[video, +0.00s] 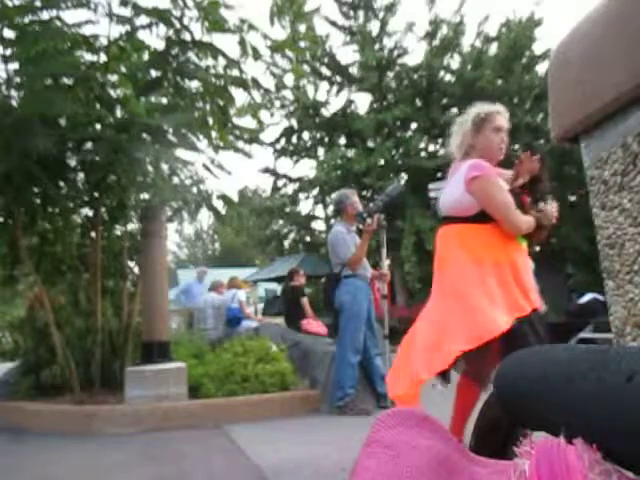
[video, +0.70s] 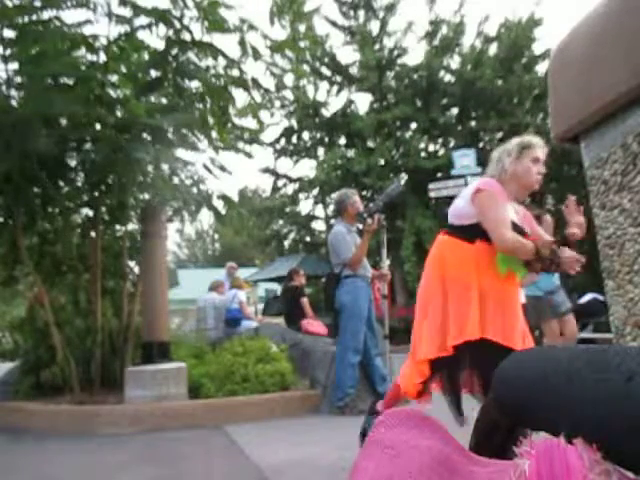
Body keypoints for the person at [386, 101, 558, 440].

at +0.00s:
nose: (505, 139)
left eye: (507, 132)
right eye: (497, 131)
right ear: (474, 135)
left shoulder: (465, 169)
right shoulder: (479, 172)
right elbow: (513, 224)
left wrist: (518, 176)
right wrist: (537, 218)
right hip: (479, 282)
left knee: (480, 361)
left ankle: (455, 439)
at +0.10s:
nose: (513, 140)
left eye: (512, 132)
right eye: (508, 132)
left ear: (485, 136)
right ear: (488, 134)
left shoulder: (473, 168)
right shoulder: (482, 172)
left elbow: (521, 178)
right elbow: (517, 225)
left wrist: (538, 170)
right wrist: (537, 223)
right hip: (483, 286)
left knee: (475, 364)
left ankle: (454, 441)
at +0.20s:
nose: (517, 142)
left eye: (516, 135)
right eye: (512, 135)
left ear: (491, 139)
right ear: (494, 137)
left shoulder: (488, 170)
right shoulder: (483, 174)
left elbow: (527, 185)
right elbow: (513, 224)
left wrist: (552, 174)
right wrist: (534, 230)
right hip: (475, 281)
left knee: (474, 361)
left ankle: (456, 437)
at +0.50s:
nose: (537, 156)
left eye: (537, 149)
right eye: (532, 148)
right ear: (511, 148)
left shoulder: (511, 191)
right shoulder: (488, 174)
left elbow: (542, 219)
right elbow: (503, 224)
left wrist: (572, 202)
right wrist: (542, 246)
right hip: (461, 268)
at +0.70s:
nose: (542, 170)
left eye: (544, 164)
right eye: (536, 162)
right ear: (512, 162)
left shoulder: (519, 211)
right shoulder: (485, 190)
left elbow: (543, 245)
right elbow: (504, 241)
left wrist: (569, 241)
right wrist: (551, 257)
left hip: (488, 285)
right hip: (454, 281)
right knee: (439, 352)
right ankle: (385, 410)